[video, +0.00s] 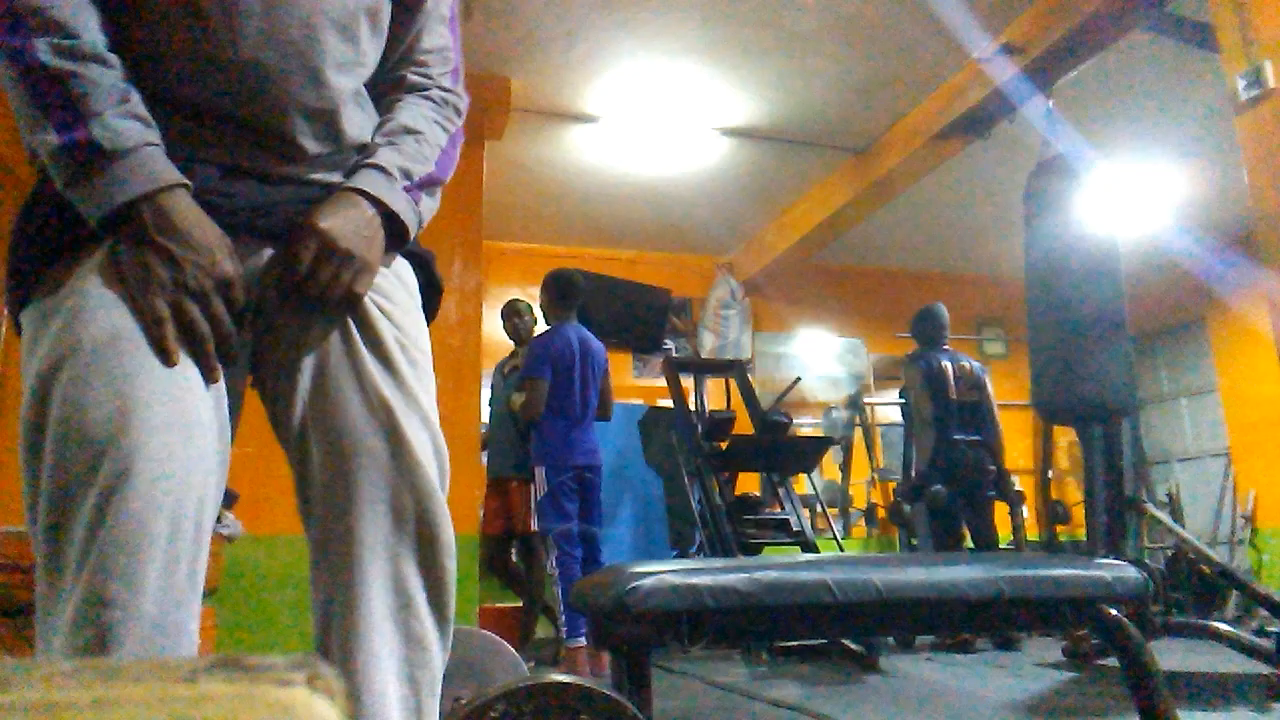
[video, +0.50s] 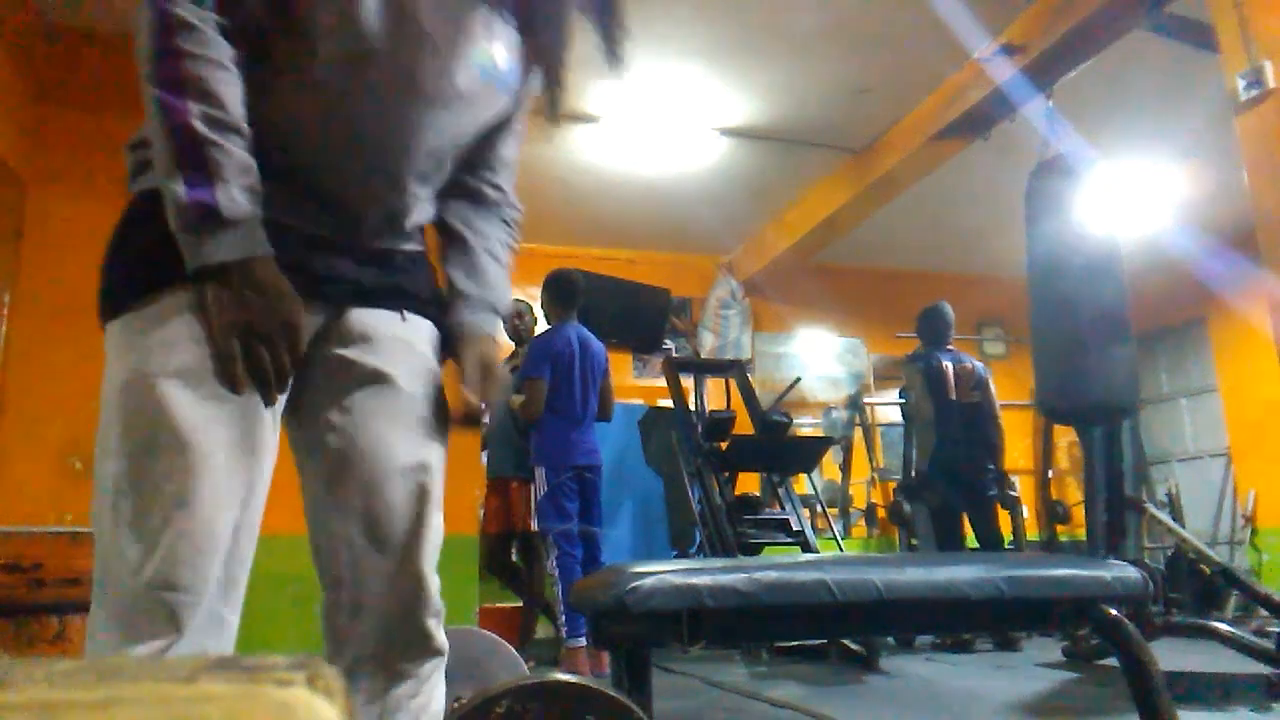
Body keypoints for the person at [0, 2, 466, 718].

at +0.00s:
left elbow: (433, 83)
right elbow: (38, 15)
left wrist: (374, 201)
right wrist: (142, 191)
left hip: (339, 217)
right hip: (130, 203)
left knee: (396, 480)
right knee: (139, 478)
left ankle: (390, 709)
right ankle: (118, 713)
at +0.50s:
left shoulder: (517, 27)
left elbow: (482, 187)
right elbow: (183, 16)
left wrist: (480, 316)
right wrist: (230, 248)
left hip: (382, 267)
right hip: (211, 240)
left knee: (396, 613)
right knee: (170, 614)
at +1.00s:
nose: (599, 90)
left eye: (615, 77)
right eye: (599, 66)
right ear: (574, 12)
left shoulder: (543, 108)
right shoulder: (407, 8)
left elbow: (513, 259)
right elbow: (252, 86)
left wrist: (521, 383)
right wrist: (270, 302)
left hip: (410, 313)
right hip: (268, 289)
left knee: (407, 590)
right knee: (260, 568)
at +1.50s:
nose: (482, 68)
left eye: (491, 45)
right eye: (460, 45)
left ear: (498, 34)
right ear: (390, 30)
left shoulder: (494, 122)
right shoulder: (269, 76)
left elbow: (555, 282)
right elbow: (235, 224)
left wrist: (538, 433)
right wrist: (270, 372)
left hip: (447, 342)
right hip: (328, 340)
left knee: (421, 573)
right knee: (297, 574)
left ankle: (413, 718)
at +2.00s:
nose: (380, 229)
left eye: (393, 206)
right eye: (359, 214)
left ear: (421, 184)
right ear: (332, 207)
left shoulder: (509, 237)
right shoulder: (342, 259)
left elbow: (615, 372)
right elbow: (350, 359)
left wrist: (656, 535)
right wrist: (378, 445)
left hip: (556, 387)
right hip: (460, 396)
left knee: (479, 523)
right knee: (393, 525)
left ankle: (469, 714)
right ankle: (406, 710)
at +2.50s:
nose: (553, 229)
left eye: (569, 211)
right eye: (537, 217)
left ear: (600, 216)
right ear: (521, 231)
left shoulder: (658, 298)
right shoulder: (540, 317)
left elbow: (729, 437)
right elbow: (541, 449)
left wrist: (681, 577)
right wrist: (497, 490)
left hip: (666, 485)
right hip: (581, 487)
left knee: (483, 542)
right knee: (445, 535)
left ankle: (454, 712)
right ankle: (417, 708)